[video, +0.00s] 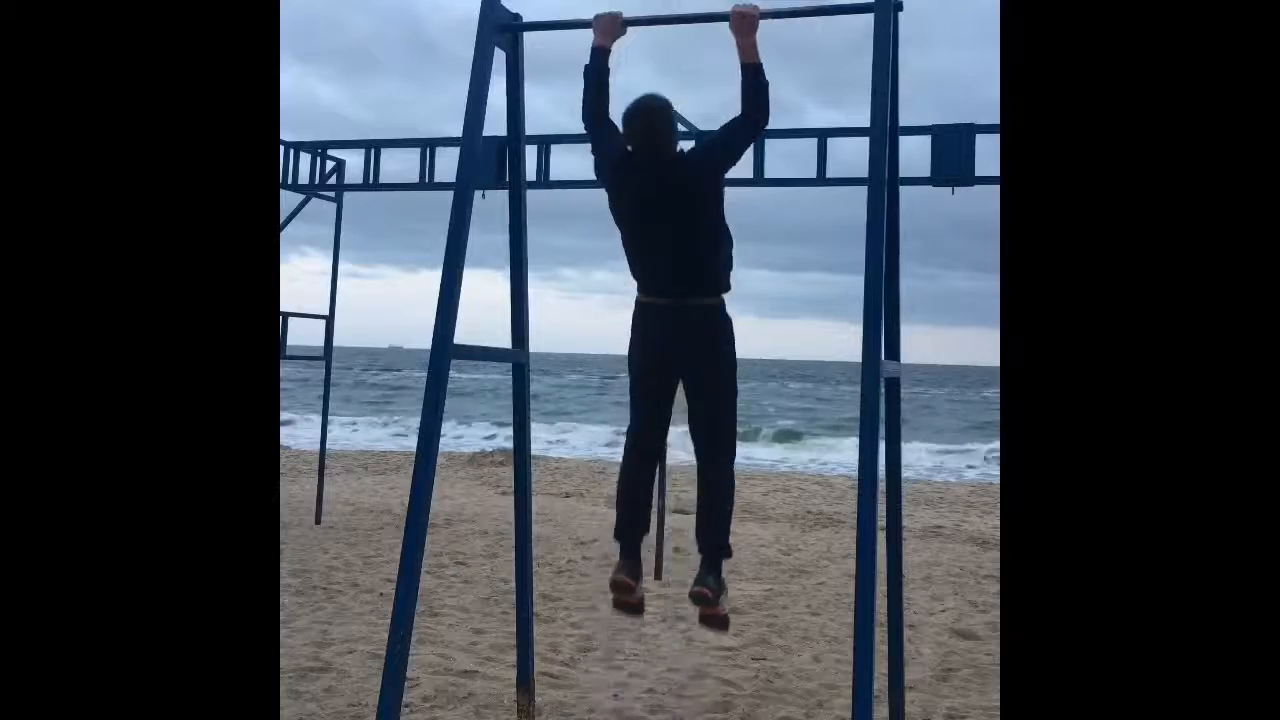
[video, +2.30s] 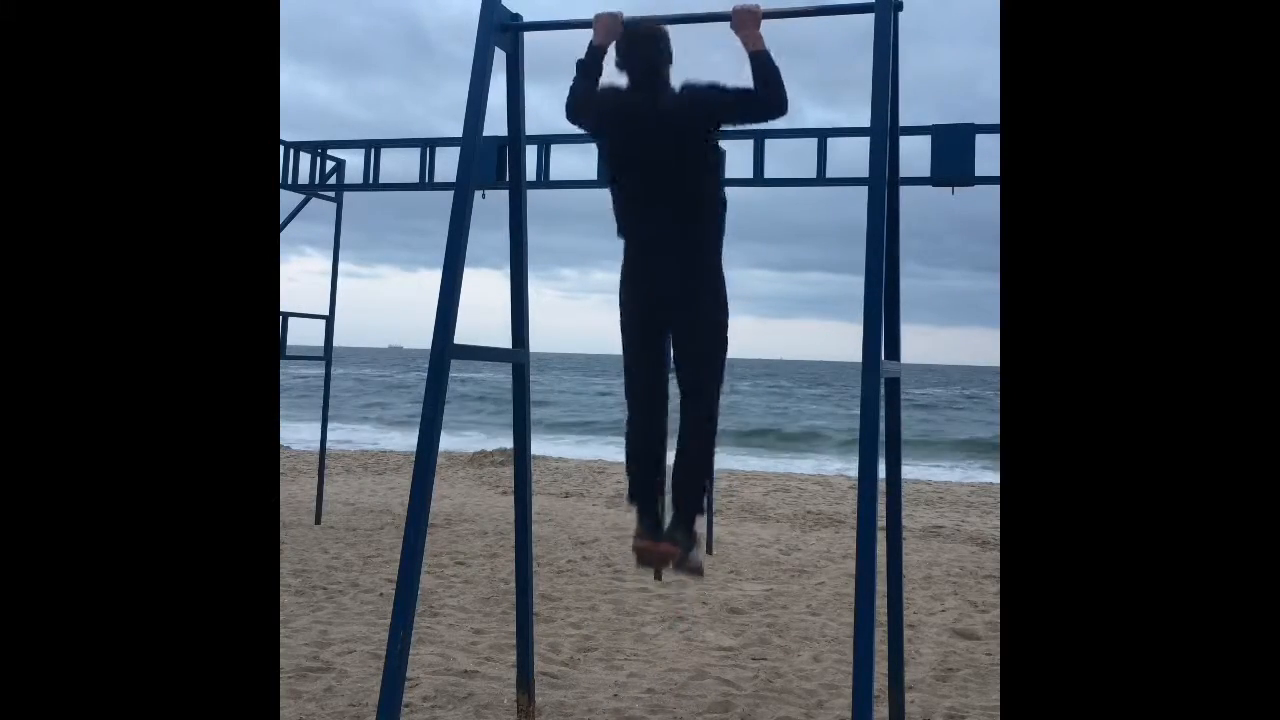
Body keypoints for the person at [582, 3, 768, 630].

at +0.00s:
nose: (677, 125)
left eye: (661, 123)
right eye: (674, 121)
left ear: (628, 137)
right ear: (674, 132)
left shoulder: (619, 172)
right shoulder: (703, 165)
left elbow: (595, 113)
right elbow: (753, 116)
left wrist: (600, 46)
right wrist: (748, 43)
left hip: (651, 323)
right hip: (706, 324)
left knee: (643, 440)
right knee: (715, 450)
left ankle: (627, 564)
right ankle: (710, 574)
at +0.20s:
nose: (658, 73)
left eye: (635, 65)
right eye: (656, 66)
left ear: (614, 80)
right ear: (660, 73)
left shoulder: (604, 128)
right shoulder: (693, 116)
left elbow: (588, 98)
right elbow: (756, 111)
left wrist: (600, 44)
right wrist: (748, 42)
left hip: (645, 275)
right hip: (702, 272)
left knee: (648, 372)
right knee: (725, 381)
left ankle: (652, 483)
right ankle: (726, 497)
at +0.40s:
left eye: (613, 10)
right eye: (653, 5)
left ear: (611, 11)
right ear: (657, 7)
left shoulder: (593, 52)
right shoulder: (687, 43)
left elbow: (569, 104)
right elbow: (757, 94)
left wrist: (592, 40)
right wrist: (749, 39)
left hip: (632, 208)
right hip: (690, 202)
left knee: (652, 298)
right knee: (730, 294)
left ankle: (673, 388)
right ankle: (744, 398)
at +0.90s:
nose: (655, 22)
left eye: (626, 18)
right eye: (658, 16)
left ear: (619, 27)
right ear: (664, 24)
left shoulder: (601, 78)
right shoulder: (693, 69)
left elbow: (573, 107)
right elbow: (764, 100)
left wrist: (596, 44)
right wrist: (751, 38)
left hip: (638, 241)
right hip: (697, 237)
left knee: (654, 352)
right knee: (715, 348)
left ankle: (672, 464)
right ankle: (720, 463)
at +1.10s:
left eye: (637, 86)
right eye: (662, 86)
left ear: (625, 99)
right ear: (673, 94)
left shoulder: (609, 142)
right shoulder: (704, 134)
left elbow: (587, 104)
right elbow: (762, 107)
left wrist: (599, 44)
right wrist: (751, 41)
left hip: (642, 309)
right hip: (700, 309)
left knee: (649, 432)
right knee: (703, 436)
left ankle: (657, 558)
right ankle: (692, 561)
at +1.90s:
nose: (622, 16)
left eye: (613, 11)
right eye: (650, 7)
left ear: (611, 12)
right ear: (658, 9)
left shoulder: (595, 54)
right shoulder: (691, 45)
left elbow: (565, 102)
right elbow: (764, 91)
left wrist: (594, 39)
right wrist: (751, 38)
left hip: (633, 222)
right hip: (692, 218)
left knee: (646, 337)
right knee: (705, 337)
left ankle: (655, 461)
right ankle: (693, 466)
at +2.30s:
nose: (656, 61)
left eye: (636, 55)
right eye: (660, 52)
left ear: (623, 64)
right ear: (669, 59)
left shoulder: (609, 110)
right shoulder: (702, 103)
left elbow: (576, 103)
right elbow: (773, 101)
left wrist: (597, 44)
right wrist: (754, 40)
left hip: (640, 280)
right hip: (699, 280)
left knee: (645, 403)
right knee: (699, 405)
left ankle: (648, 529)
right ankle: (681, 533)